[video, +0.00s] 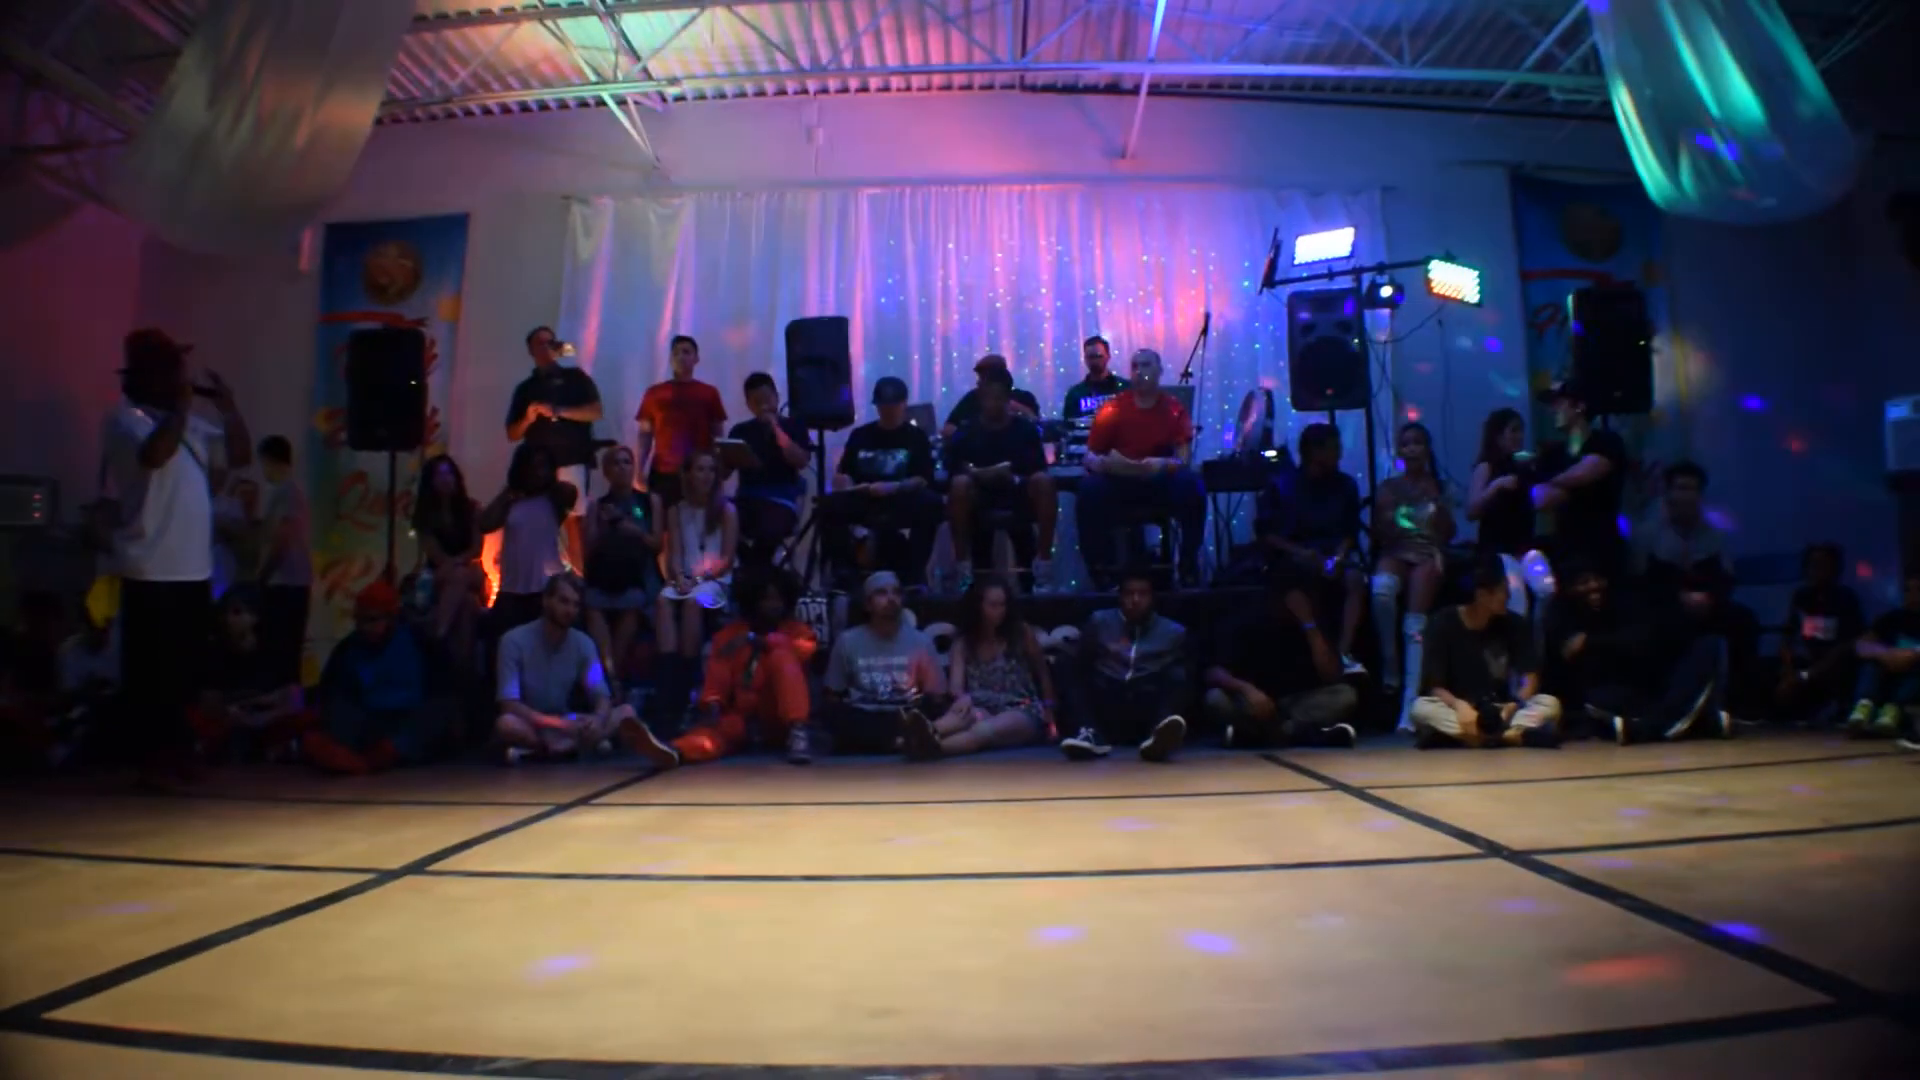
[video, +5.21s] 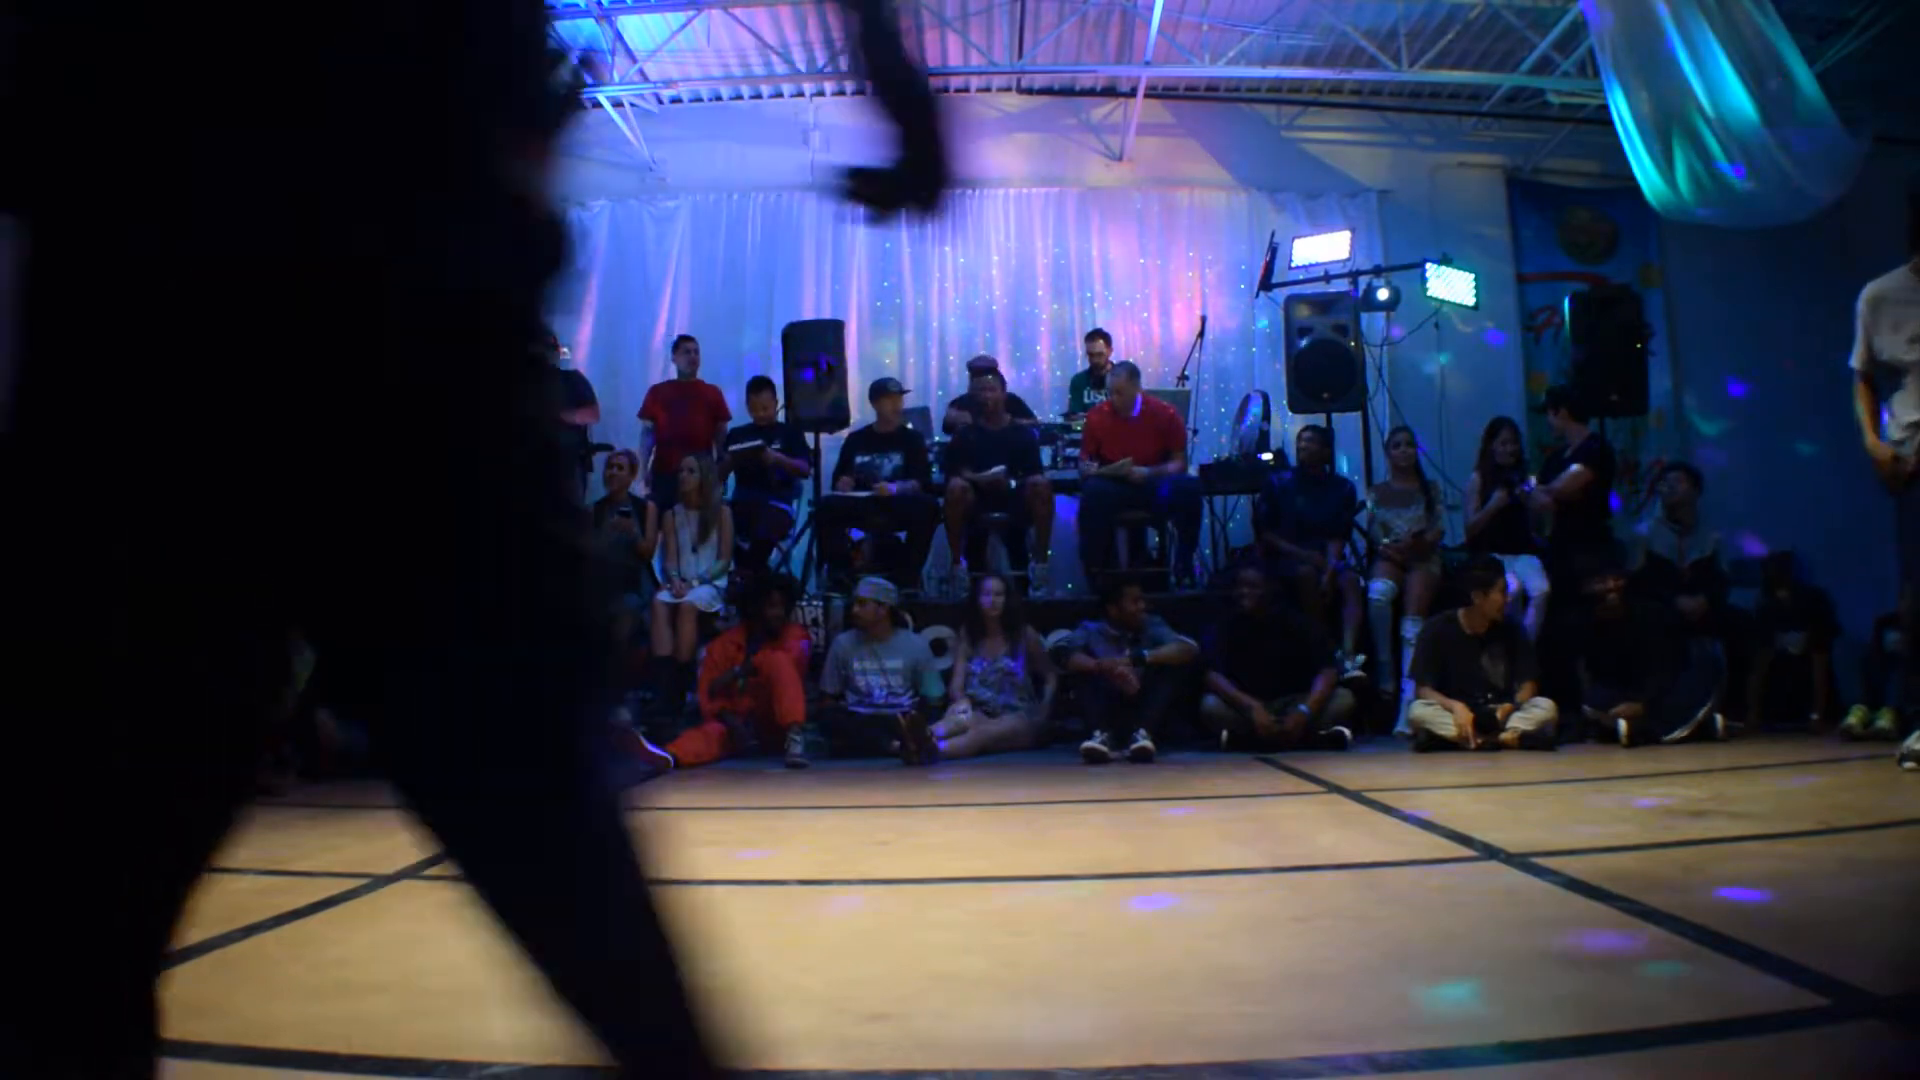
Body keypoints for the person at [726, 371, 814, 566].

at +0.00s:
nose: (764, 404)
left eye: (768, 397)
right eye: (757, 399)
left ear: (777, 398)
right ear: (748, 402)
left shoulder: (793, 428)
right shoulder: (741, 431)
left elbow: (801, 460)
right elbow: (725, 470)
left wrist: (777, 430)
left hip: (781, 494)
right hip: (749, 494)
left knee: (770, 531)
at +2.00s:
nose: (755, 406)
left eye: (760, 400)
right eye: (748, 401)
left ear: (769, 403)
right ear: (742, 406)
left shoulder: (789, 431)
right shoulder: (736, 435)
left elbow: (797, 462)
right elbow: (719, 478)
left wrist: (768, 433)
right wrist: (725, 459)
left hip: (778, 499)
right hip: (745, 498)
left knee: (768, 529)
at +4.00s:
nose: (755, 415)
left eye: (760, 408)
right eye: (750, 410)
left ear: (772, 404)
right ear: (744, 407)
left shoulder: (790, 433)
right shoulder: (736, 435)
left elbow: (802, 468)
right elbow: (718, 474)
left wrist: (772, 459)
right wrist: (736, 458)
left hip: (776, 502)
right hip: (742, 500)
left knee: (764, 535)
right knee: (722, 527)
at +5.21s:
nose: (761, 414)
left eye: (765, 408)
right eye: (755, 408)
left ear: (776, 405)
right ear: (748, 407)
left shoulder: (790, 433)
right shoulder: (737, 435)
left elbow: (805, 469)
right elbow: (720, 474)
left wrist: (776, 458)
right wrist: (733, 459)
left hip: (778, 501)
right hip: (744, 499)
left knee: (764, 535)